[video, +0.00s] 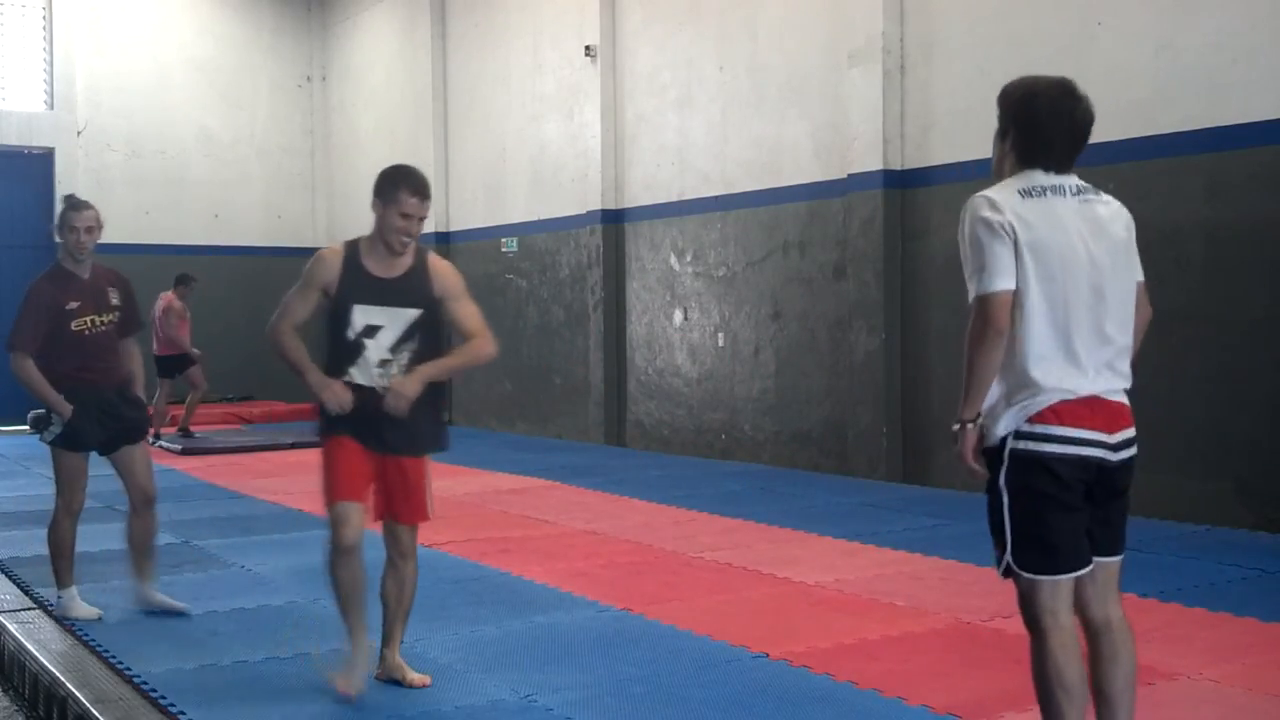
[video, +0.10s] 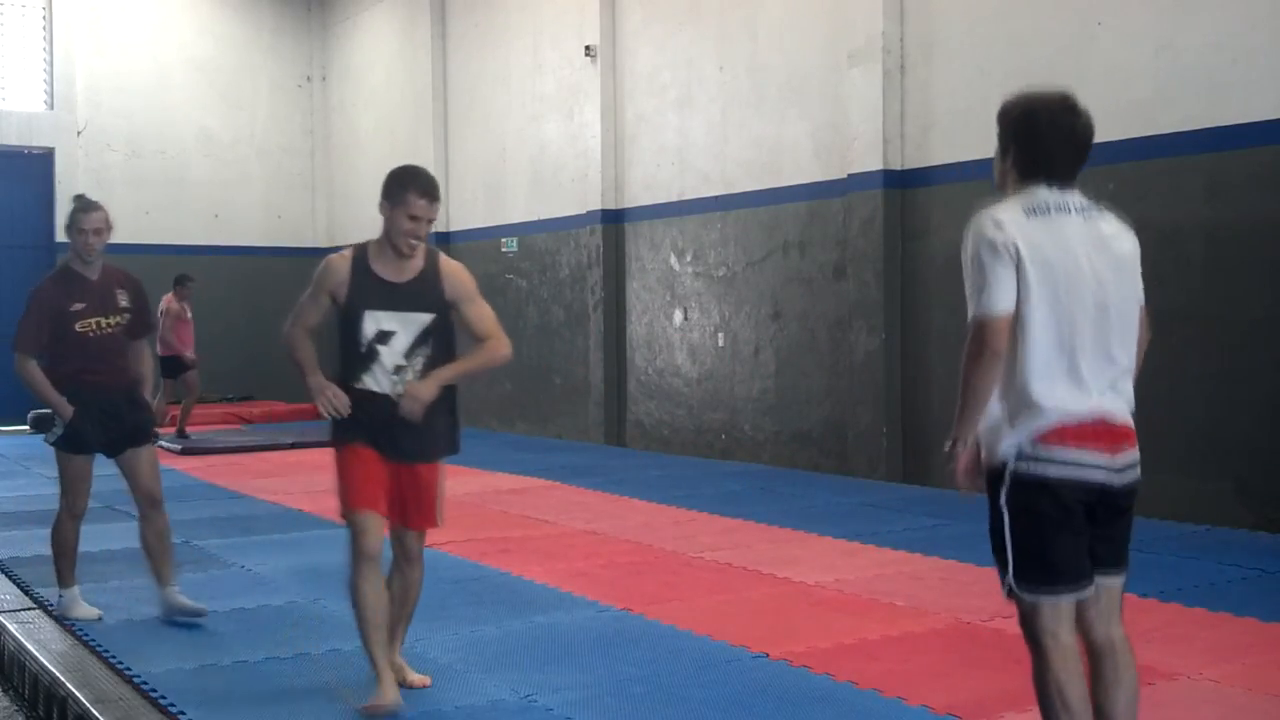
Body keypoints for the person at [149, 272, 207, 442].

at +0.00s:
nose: (190, 293)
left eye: (191, 289)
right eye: (189, 289)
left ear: (177, 287)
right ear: (181, 287)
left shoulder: (163, 299)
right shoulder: (174, 304)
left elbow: (156, 324)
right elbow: (171, 331)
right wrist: (189, 349)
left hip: (161, 354)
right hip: (178, 354)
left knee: (163, 391)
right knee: (199, 386)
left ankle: (156, 432)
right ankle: (184, 426)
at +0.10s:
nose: (190, 292)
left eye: (190, 289)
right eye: (188, 289)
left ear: (183, 289)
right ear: (178, 288)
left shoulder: (183, 303)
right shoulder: (169, 305)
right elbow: (165, 334)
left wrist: (189, 350)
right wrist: (183, 352)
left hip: (180, 354)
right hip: (171, 355)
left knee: (166, 394)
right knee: (193, 390)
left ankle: (153, 427)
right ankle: (181, 428)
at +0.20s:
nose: (191, 291)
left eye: (192, 288)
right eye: (187, 288)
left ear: (191, 288)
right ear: (177, 289)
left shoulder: (188, 303)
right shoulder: (171, 308)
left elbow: (189, 325)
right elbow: (165, 337)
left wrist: (201, 335)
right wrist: (180, 356)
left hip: (190, 356)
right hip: (179, 358)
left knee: (177, 395)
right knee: (189, 393)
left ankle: (159, 423)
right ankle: (179, 431)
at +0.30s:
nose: (190, 290)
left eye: (191, 287)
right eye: (186, 287)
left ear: (194, 288)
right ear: (177, 290)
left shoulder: (193, 304)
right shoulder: (175, 308)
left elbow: (195, 326)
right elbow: (173, 337)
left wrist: (204, 338)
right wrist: (183, 357)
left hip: (196, 358)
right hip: (182, 358)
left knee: (189, 395)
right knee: (181, 396)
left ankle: (179, 429)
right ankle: (177, 430)